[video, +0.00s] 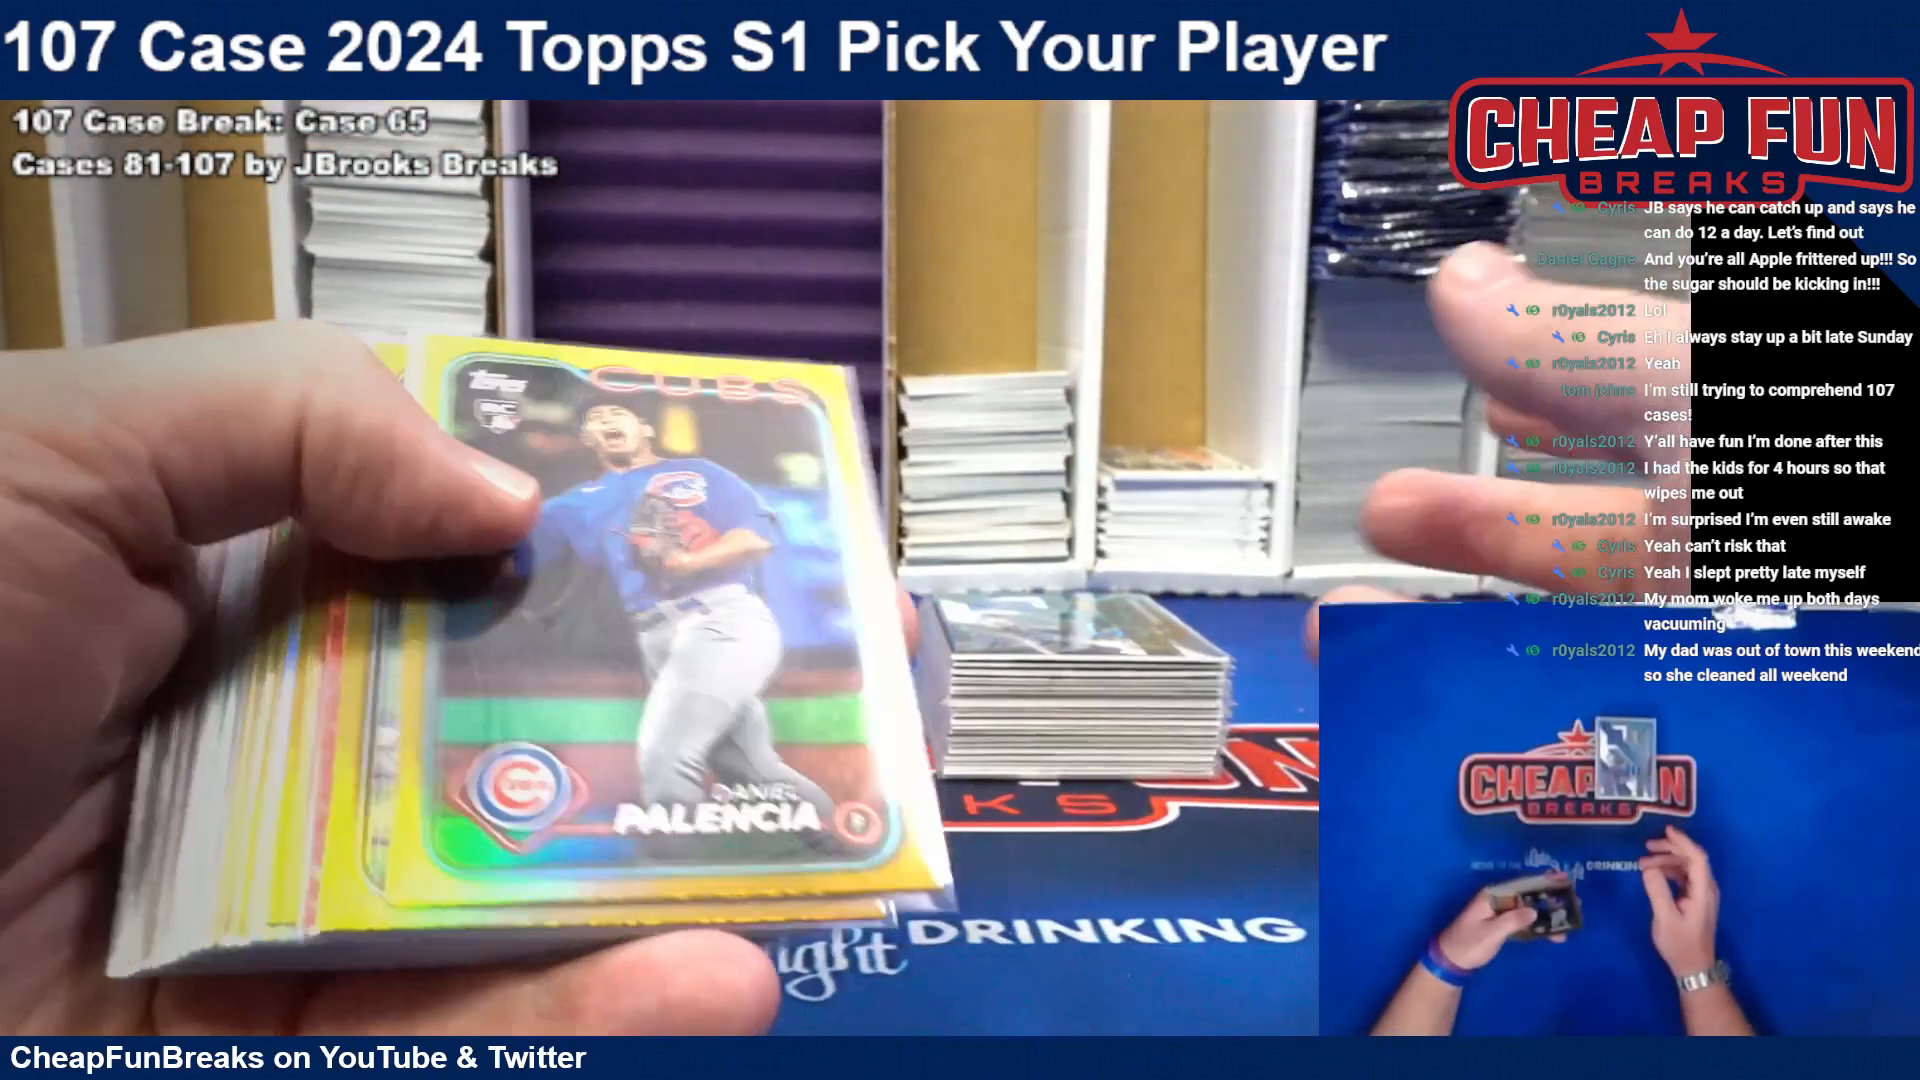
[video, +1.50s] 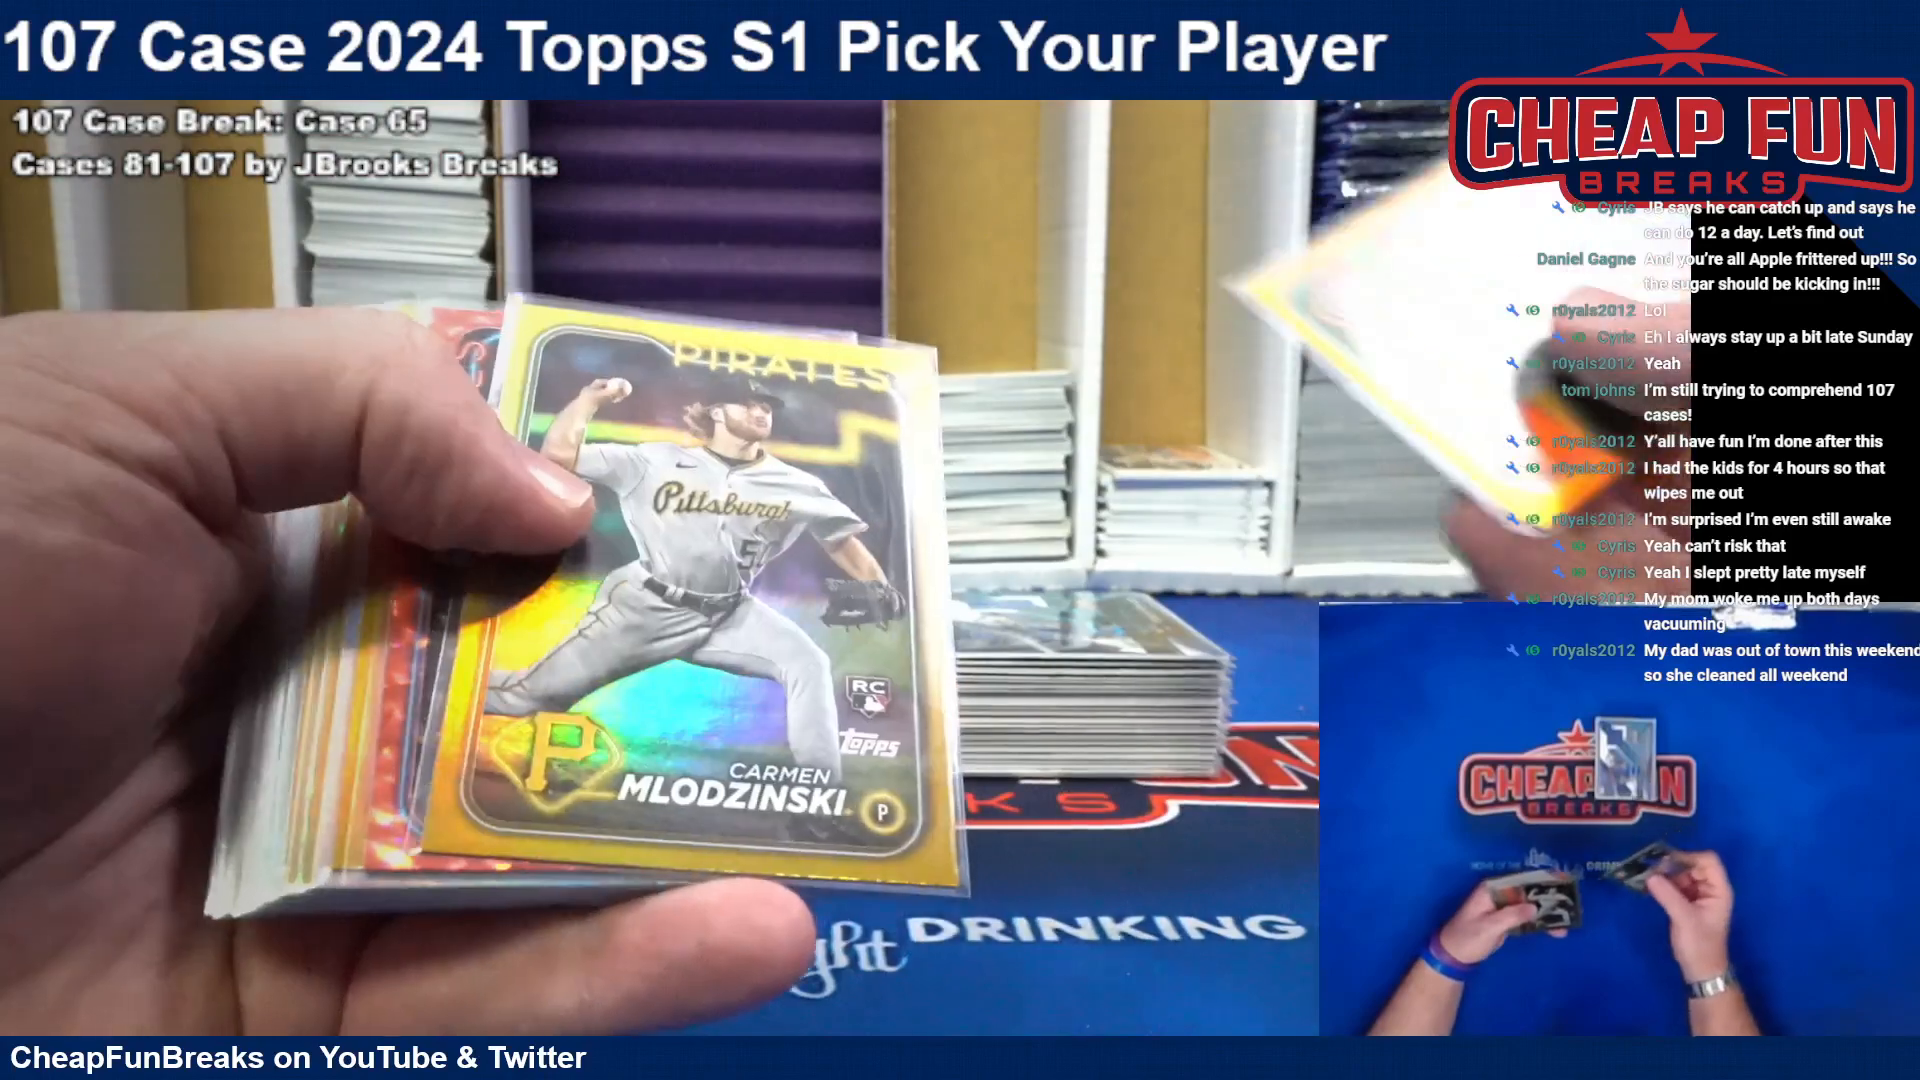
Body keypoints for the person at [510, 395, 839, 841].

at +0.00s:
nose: (609, 424)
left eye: (619, 416)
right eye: (596, 419)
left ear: (646, 431)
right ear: (585, 440)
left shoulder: (699, 473)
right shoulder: (585, 502)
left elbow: (758, 535)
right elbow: (511, 539)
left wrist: (689, 561)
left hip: (728, 621)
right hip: (660, 638)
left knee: (665, 754)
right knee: (753, 768)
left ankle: (682, 893)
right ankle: (851, 849)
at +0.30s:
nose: (672, 399)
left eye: (681, 391)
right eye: (660, 396)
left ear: (708, 405)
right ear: (653, 419)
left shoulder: (759, 448)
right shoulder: (648, 476)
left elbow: (817, 514)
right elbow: (577, 508)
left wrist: (748, 539)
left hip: (782, 596)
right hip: (719, 614)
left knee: (722, 728)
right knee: (807, 750)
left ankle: (731, 864)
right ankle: (900, 828)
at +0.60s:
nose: (685, 383)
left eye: (694, 374)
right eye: (674, 380)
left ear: (722, 390)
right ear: (667, 405)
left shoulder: (774, 432)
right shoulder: (666, 462)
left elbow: (831, 496)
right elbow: (596, 499)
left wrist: (766, 522)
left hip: (797, 581)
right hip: (735, 600)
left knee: (740, 715)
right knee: (824, 731)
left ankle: (745, 856)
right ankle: (922, 818)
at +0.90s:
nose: (717, 372)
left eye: (727, 362)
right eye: (705, 368)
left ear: (757, 376)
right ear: (697, 391)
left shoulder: (809, 422)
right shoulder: (694, 455)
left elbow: (864, 490)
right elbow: (618, 494)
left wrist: (794, 519)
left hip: (828, 580)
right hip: (760, 601)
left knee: (762, 723)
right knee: (849, 739)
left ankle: (759, 877)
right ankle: (945, 836)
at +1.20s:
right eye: (692, 395)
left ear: (712, 404)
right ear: (655, 400)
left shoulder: (697, 451)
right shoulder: (605, 448)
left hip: (690, 614)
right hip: (602, 612)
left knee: (773, 659)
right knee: (479, 708)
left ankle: (787, 816)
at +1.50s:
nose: (762, 412)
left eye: (767, 407)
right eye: (749, 402)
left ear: (771, 423)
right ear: (712, 411)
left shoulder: (794, 486)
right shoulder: (655, 461)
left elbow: (843, 544)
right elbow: (559, 454)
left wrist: (883, 594)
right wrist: (590, 397)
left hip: (728, 618)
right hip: (645, 610)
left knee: (807, 664)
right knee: (532, 693)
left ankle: (822, 805)